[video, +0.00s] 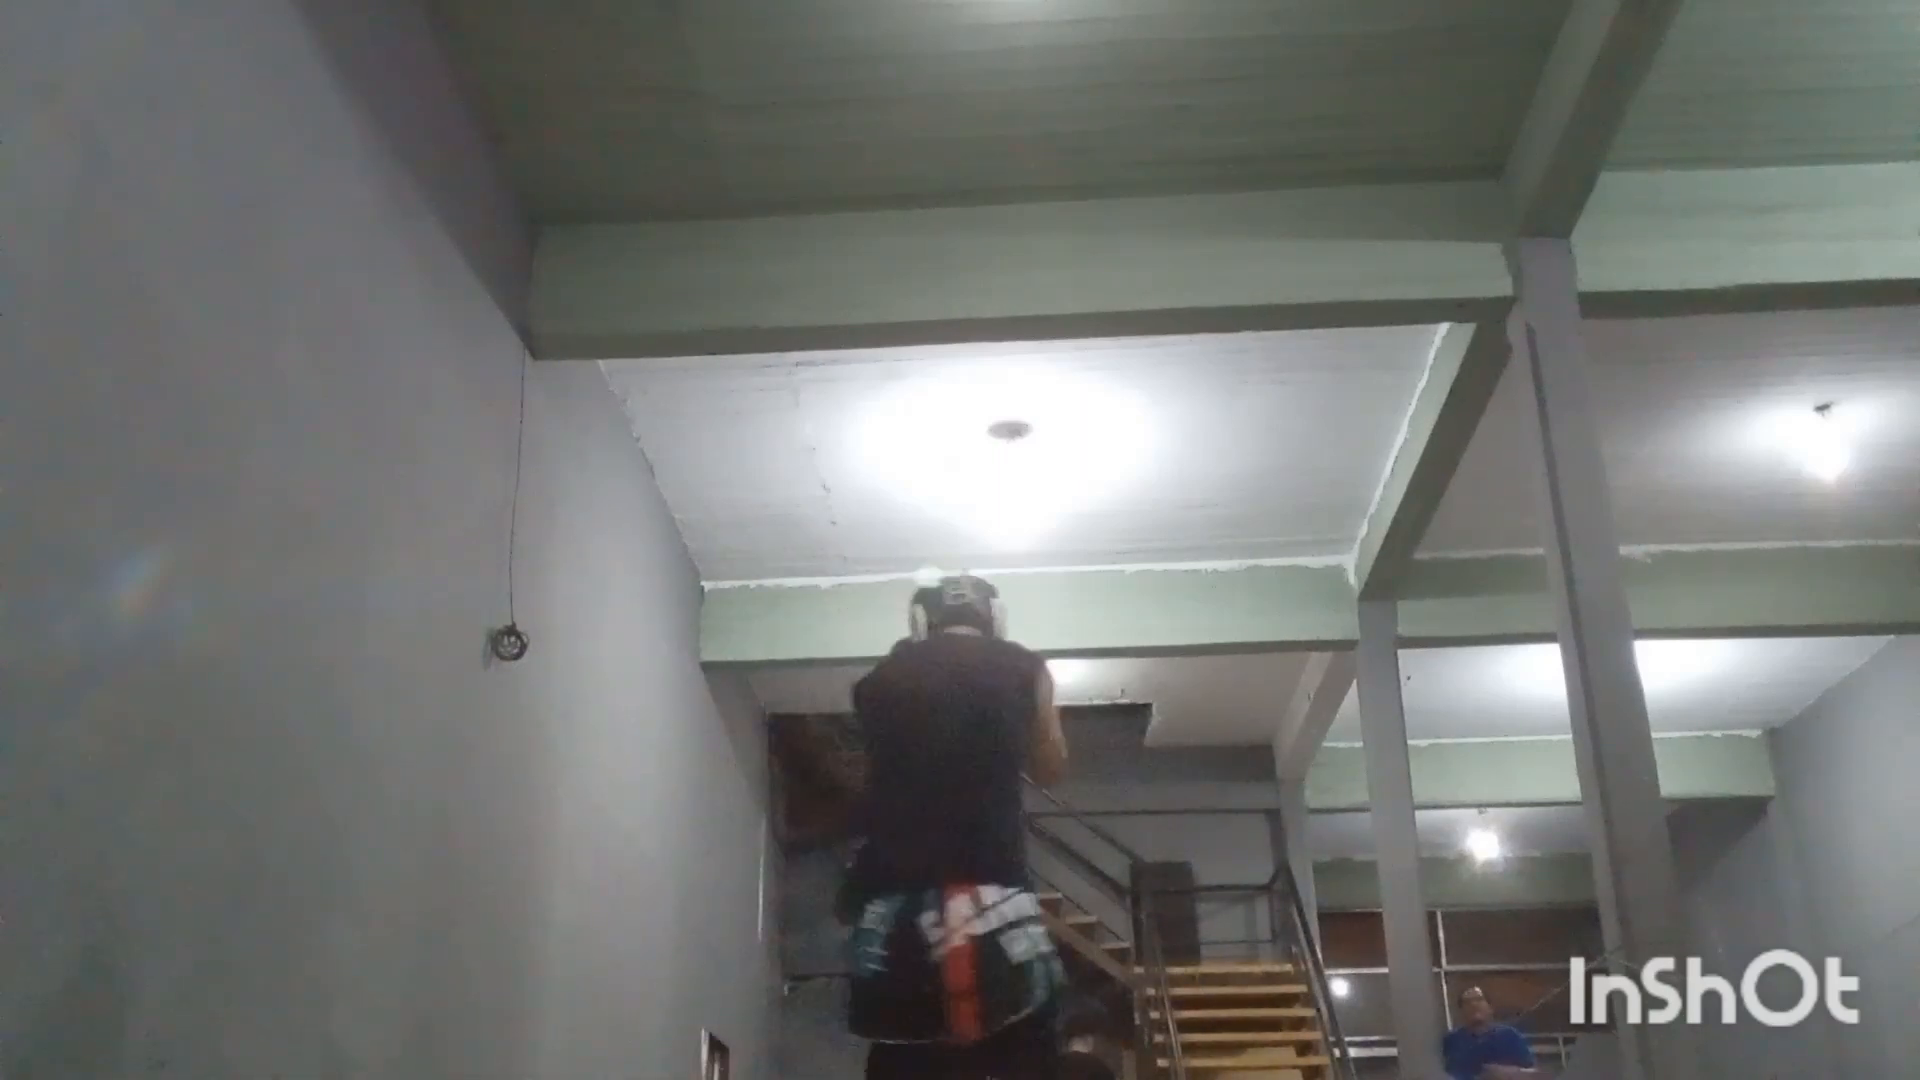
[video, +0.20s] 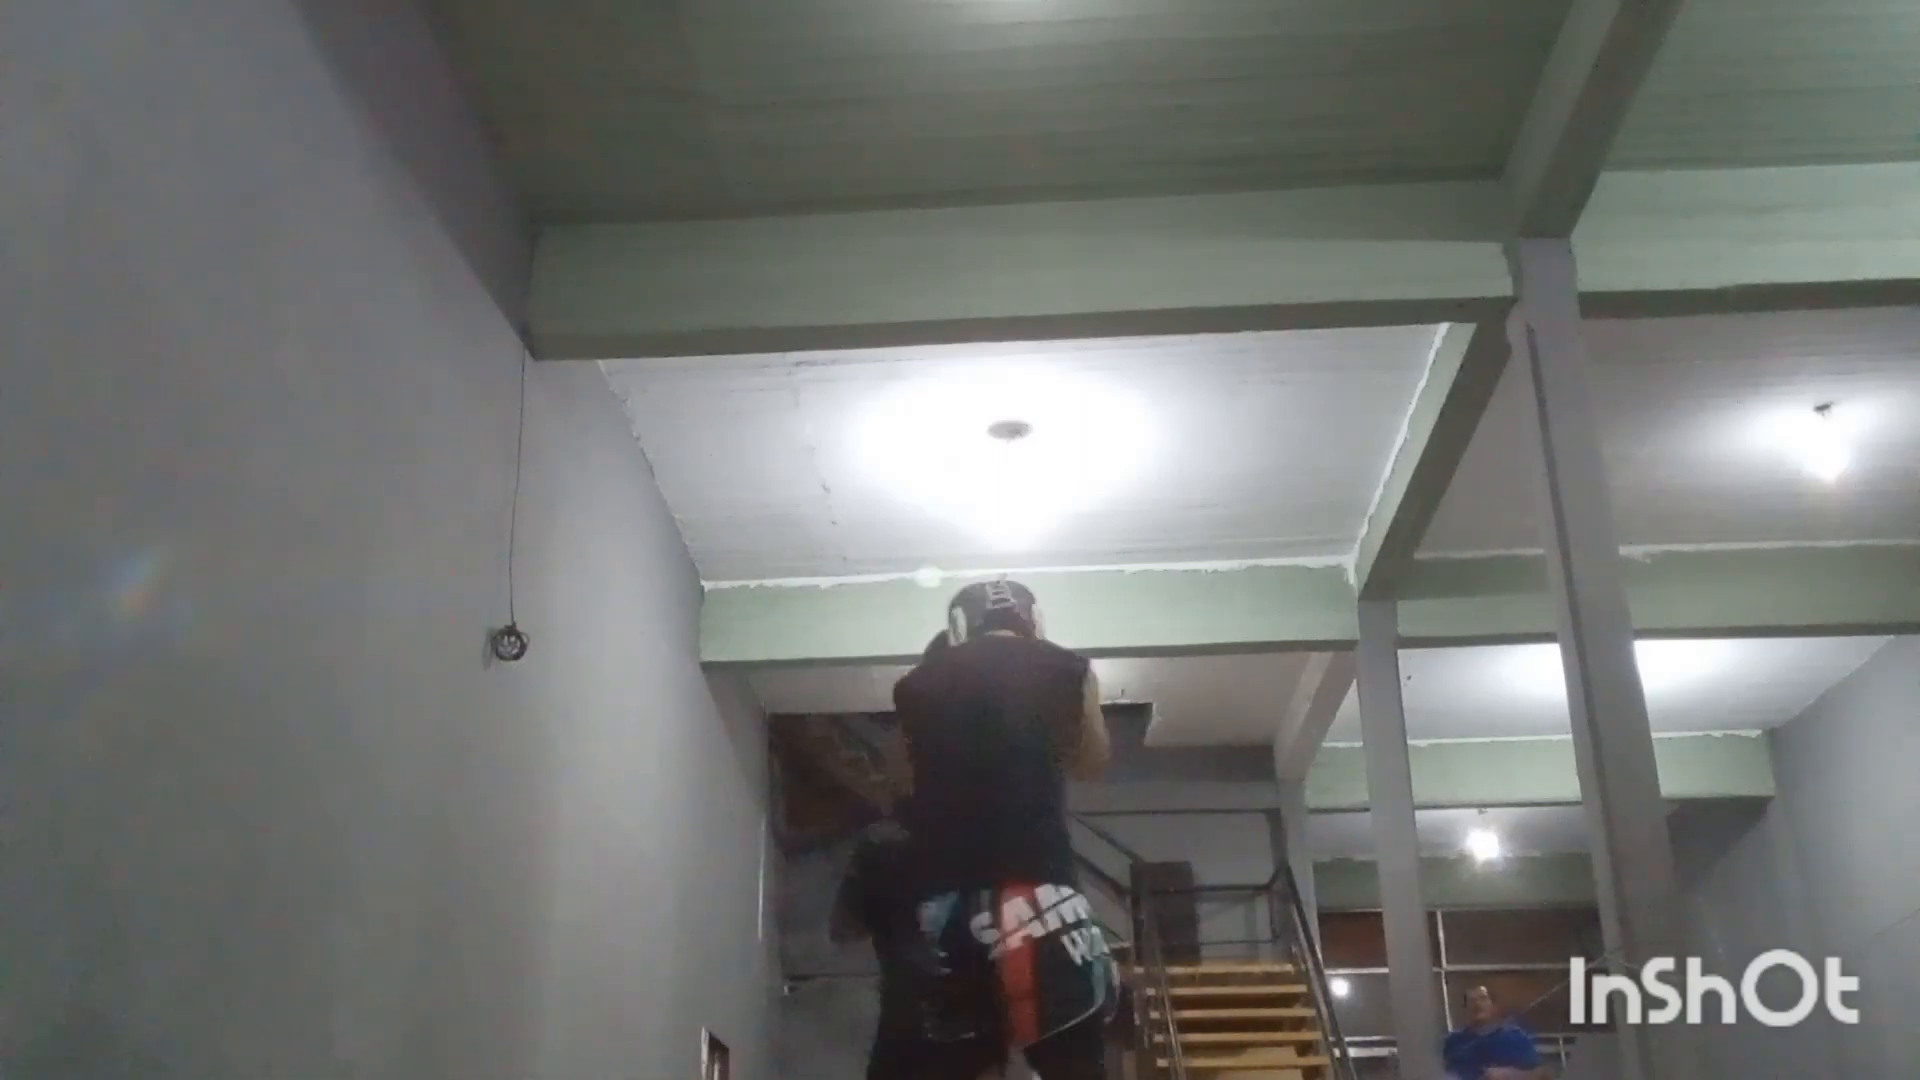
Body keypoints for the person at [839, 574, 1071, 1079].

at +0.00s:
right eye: (995, 611)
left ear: (924, 621)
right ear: (991, 619)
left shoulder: (879, 679)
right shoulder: (1023, 667)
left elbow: (875, 778)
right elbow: (1049, 768)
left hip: (890, 905)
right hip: (995, 902)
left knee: (900, 1061)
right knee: (1010, 1061)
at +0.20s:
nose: (1036, 626)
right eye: (1034, 619)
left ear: (963, 625)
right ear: (1030, 623)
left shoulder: (917, 685)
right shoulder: (1068, 670)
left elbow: (914, 781)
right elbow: (1092, 763)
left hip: (937, 907)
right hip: (1043, 902)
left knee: (942, 1068)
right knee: (1075, 1067)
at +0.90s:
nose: (1012, 641)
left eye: (1013, 634)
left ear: (1022, 634)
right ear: (1089, 631)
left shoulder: (982, 689)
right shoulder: (1135, 679)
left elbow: (926, 789)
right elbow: (1164, 782)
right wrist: (1112, 741)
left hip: (1013, 900)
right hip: (1116, 897)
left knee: (1015, 1062)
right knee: (1133, 1062)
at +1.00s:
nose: (1009, 648)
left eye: (1009, 641)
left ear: (1017, 642)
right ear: (1083, 636)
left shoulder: (977, 698)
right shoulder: (1127, 681)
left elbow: (934, 798)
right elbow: (1161, 779)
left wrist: (939, 757)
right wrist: (1106, 739)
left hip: (1012, 904)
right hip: (1112, 896)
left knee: (1029, 1059)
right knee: (1126, 1060)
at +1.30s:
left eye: (992, 657)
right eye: (1072, 650)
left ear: (1002, 656)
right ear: (1068, 650)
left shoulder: (964, 707)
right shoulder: (1103, 690)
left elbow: (935, 807)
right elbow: (1143, 787)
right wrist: (1122, 734)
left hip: (983, 923)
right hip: (1079, 917)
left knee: (1002, 1065)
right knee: (1093, 1065)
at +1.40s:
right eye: (1080, 650)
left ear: (1005, 654)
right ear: (1072, 649)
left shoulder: (962, 709)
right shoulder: (1108, 694)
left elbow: (914, 800)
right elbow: (1148, 793)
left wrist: (981, 789)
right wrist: (1130, 735)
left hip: (980, 923)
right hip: (1073, 920)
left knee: (1000, 1067)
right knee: (1074, 1068)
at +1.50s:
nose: (1086, 660)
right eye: (1082, 653)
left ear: (1007, 659)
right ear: (1073, 654)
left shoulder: (961, 711)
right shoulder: (1108, 701)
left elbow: (908, 800)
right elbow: (1146, 799)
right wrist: (1134, 741)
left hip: (973, 915)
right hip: (1066, 913)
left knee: (999, 1062)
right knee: (1060, 1061)